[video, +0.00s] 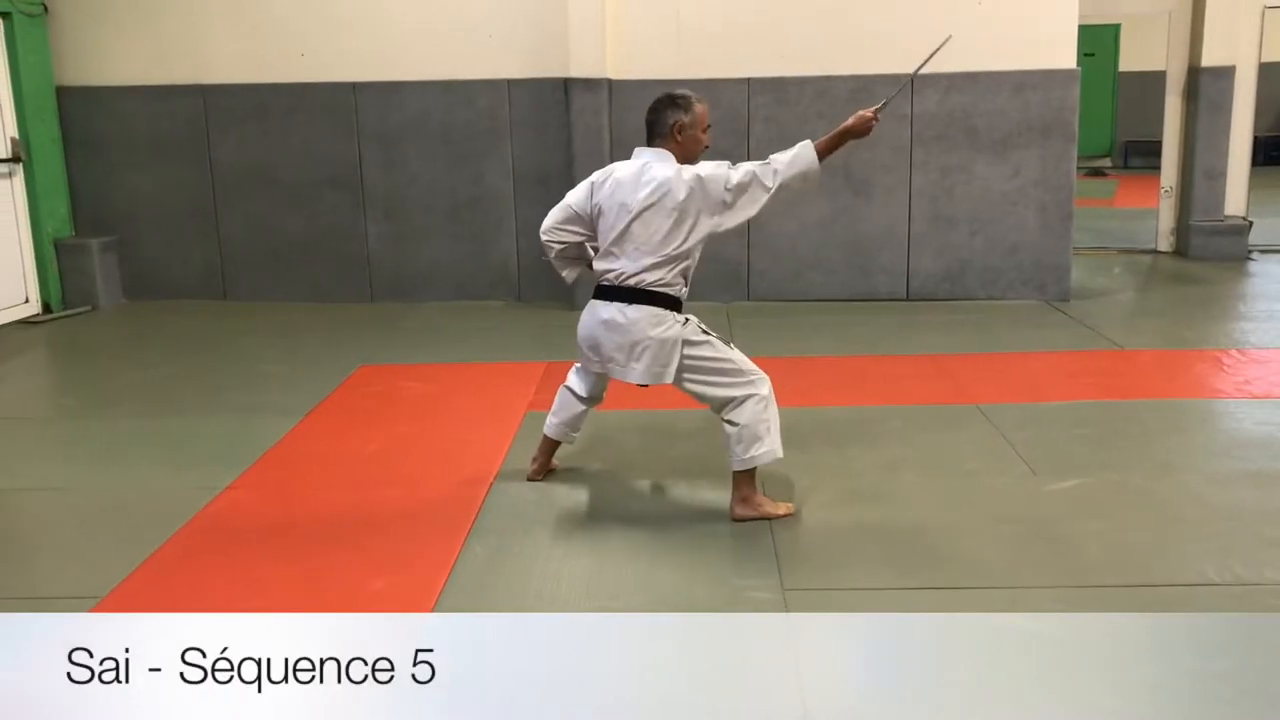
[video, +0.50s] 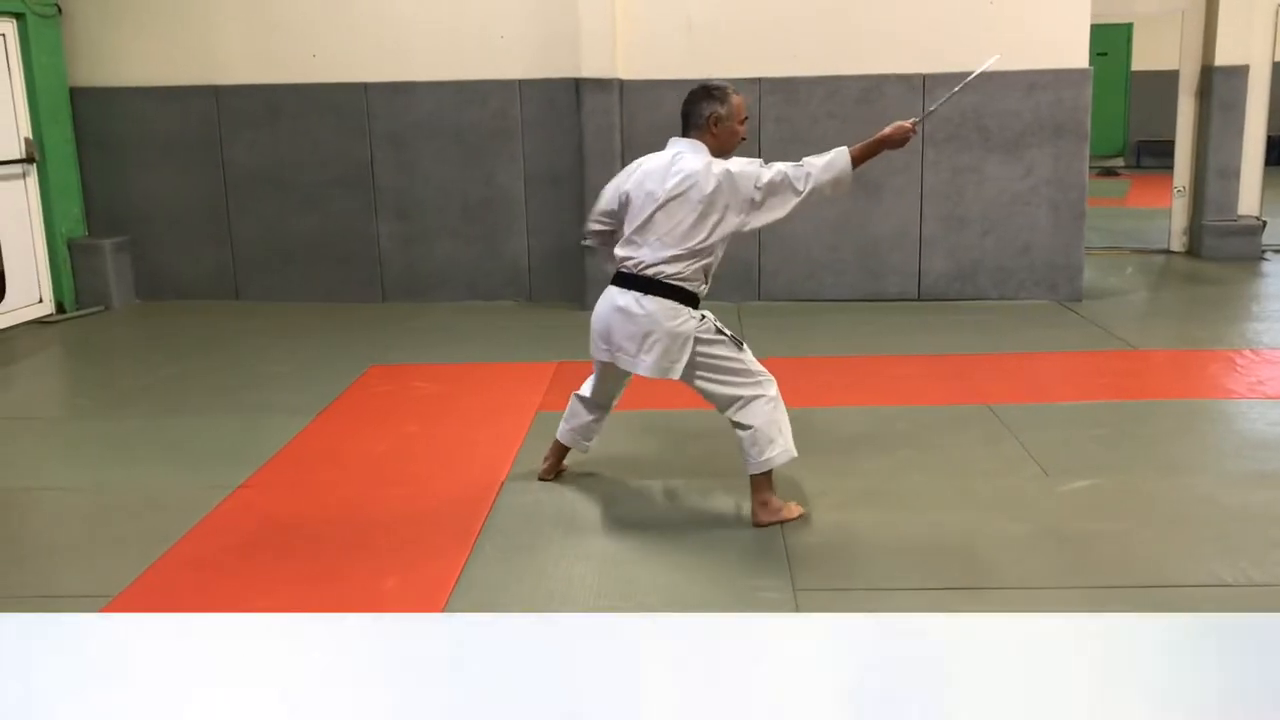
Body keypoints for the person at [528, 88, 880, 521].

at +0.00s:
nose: (709, 140)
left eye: (708, 130)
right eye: (704, 130)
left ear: (663, 132)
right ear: (677, 132)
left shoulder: (609, 177)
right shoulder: (698, 181)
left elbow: (554, 232)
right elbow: (774, 170)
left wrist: (600, 271)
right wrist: (843, 134)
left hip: (599, 317)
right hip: (655, 324)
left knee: (587, 376)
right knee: (750, 387)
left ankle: (540, 461)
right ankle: (746, 496)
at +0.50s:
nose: (745, 131)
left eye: (744, 121)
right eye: (740, 122)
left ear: (702, 122)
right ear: (713, 125)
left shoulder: (643, 168)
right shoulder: (729, 176)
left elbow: (598, 229)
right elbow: (807, 174)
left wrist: (634, 264)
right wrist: (878, 143)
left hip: (616, 304)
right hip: (671, 316)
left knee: (599, 389)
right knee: (754, 390)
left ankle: (550, 464)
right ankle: (765, 504)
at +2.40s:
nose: (562, 142)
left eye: (566, 132)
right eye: (561, 133)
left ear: (592, 131)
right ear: (614, 129)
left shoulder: (584, 185)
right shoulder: (678, 168)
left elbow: (509, 218)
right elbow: (732, 170)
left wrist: (423, 220)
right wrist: (758, 149)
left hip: (629, 326)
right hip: (695, 315)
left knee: (561, 395)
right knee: (743, 410)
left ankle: (539, 503)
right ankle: (788, 513)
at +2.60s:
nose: (503, 123)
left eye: (509, 113)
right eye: (503, 113)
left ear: (537, 115)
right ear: (548, 114)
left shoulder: (540, 172)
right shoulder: (599, 155)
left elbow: (488, 237)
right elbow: (624, 223)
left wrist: (419, 270)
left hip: (580, 313)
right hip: (635, 302)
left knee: (526, 409)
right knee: (659, 403)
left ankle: (540, 507)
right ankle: (721, 481)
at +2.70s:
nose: (489, 118)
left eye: (494, 107)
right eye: (488, 107)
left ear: (524, 108)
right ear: (532, 108)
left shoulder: (535, 167)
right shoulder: (572, 150)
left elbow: (504, 232)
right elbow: (536, 199)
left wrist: (453, 280)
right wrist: (484, 212)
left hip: (567, 310)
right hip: (611, 297)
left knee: (522, 407)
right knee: (588, 399)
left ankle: (542, 509)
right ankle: (631, 491)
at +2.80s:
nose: (479, 113)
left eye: (485, 104)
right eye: (478, 104)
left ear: (513, 105)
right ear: (516, 105)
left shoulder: (545, 162)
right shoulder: (537, 155)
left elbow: (530, 233)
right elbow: (485, 212)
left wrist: (496, 284)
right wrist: (418, 246)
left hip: (566, 303)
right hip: (559, 299)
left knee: (519, 407)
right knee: (533, 401)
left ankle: (546, 508)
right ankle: (552, 496)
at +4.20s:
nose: (390, 160)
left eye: (395, 151)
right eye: (389, 151)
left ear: (425, 148)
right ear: (424, 149)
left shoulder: (473, 201)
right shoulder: (418, 197)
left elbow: (432, 282)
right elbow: (363, 216)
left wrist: (383, 275)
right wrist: (296, 203)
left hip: (504, 330)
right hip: (454, 333)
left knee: (531, 431)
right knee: (394, 395)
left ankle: (585, 501)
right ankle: (387, 480)